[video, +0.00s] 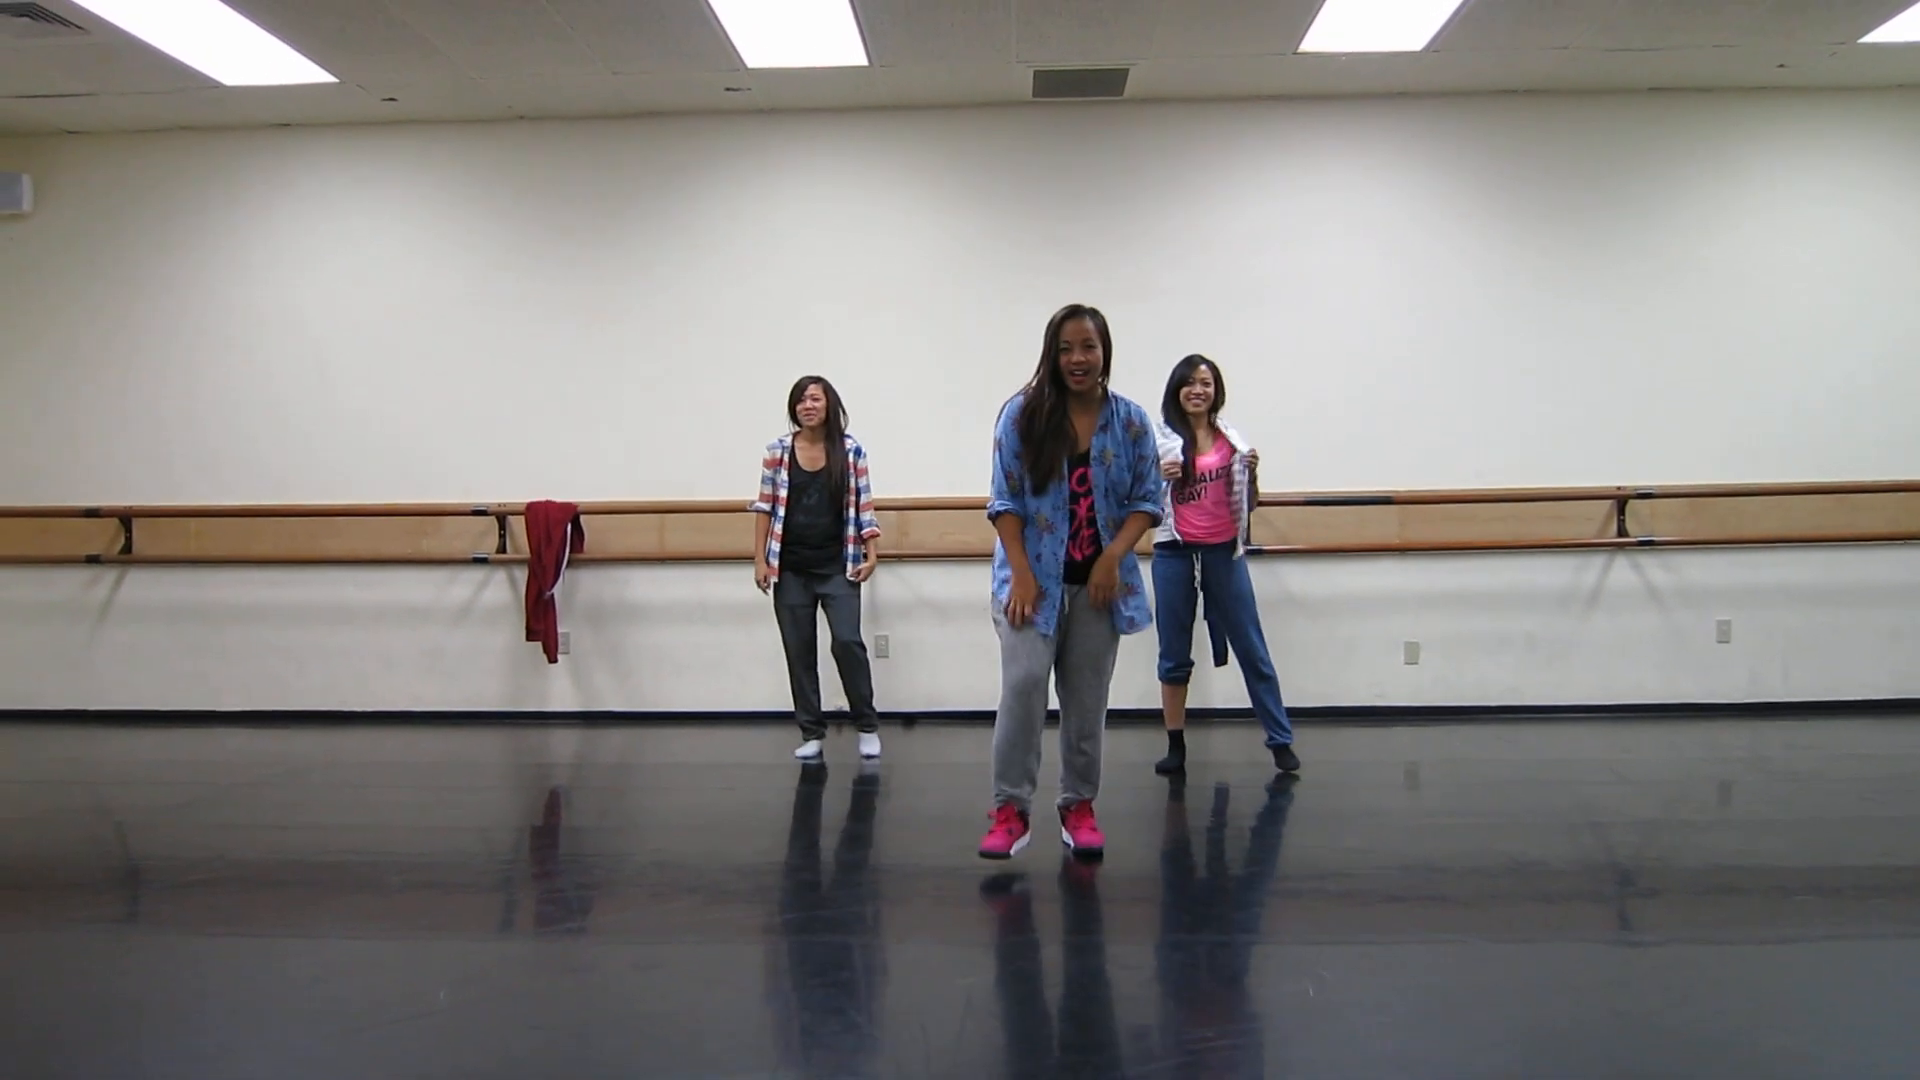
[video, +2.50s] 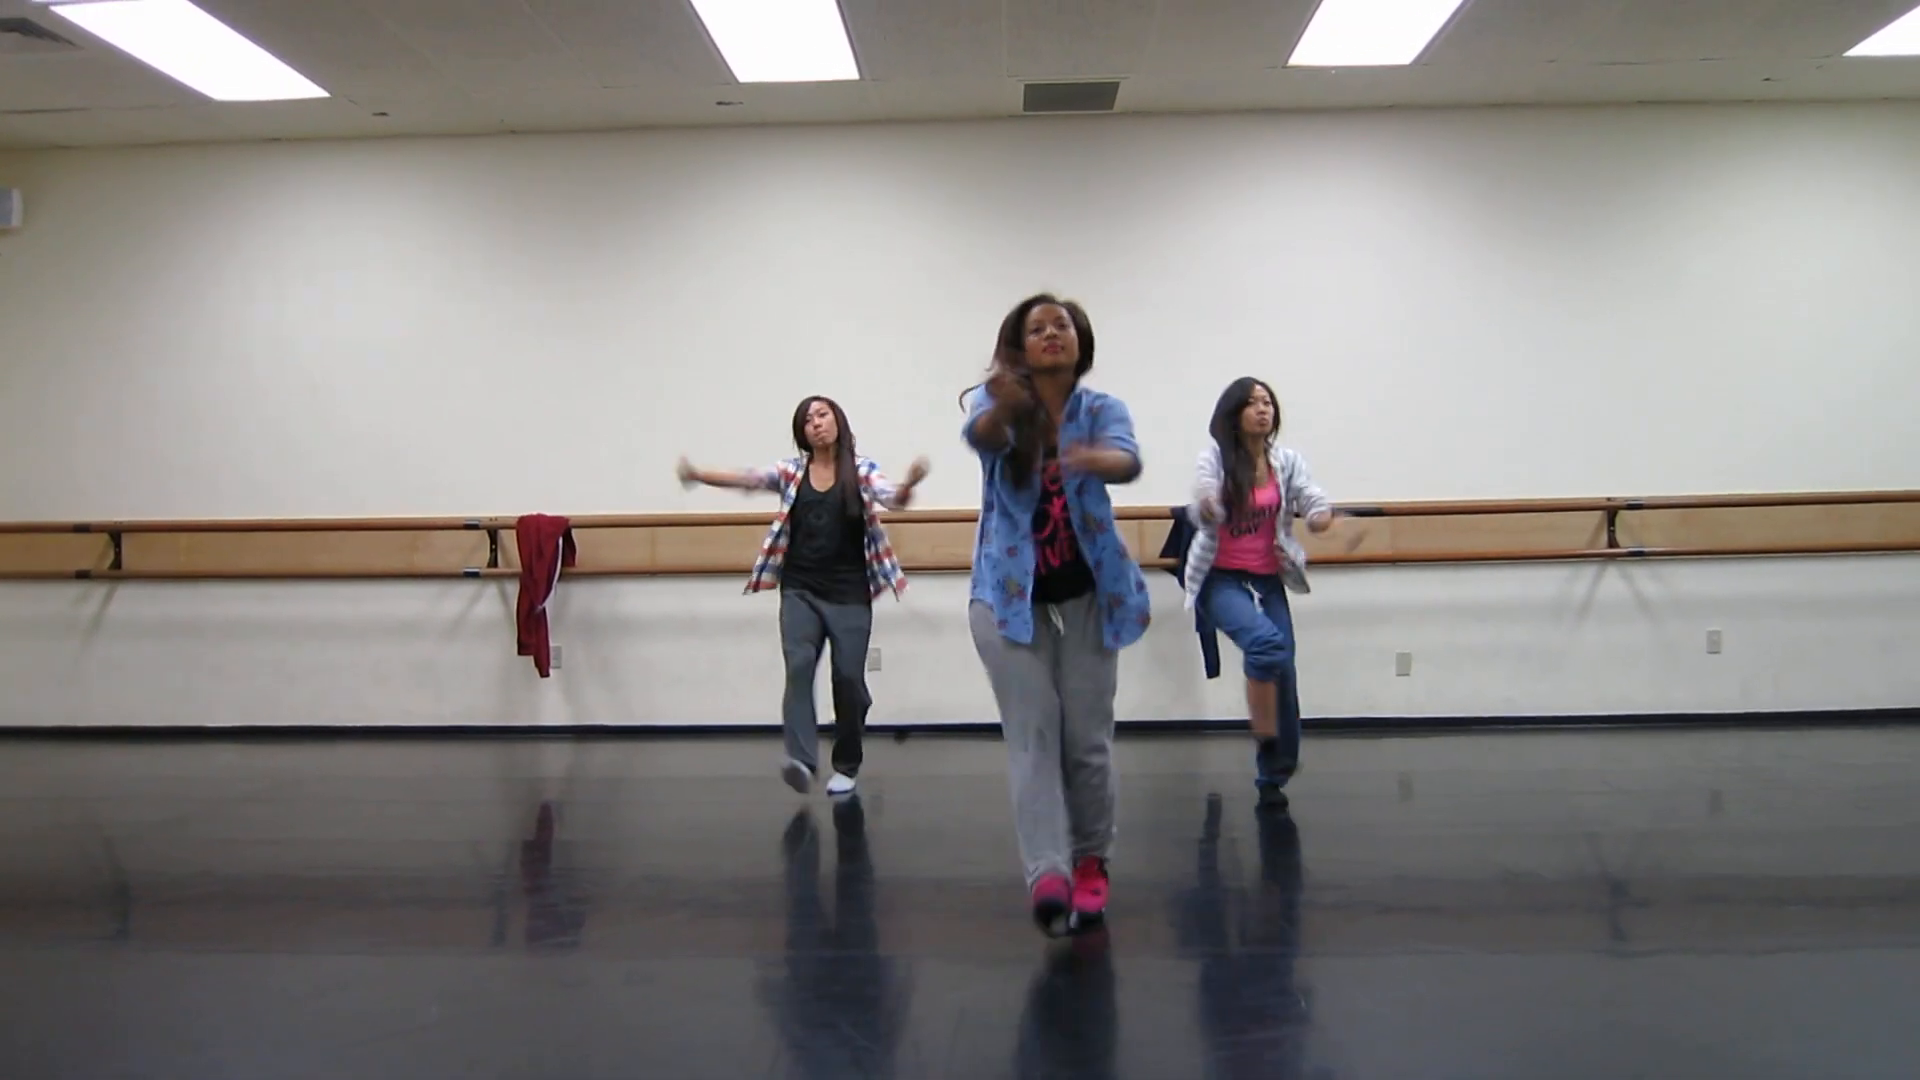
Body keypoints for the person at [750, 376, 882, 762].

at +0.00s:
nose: (809, 404)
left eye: (817, 398)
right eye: (802, 399)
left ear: (830, 405)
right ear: (793, 407)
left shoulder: (850, 450)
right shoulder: (778, 452)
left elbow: (864, 506)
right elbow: (765, 509)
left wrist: (870, 554)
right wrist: (760, 558)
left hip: (840, 569)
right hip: (790, 571)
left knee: (848, 643)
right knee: (800, 654)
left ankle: (867, 728)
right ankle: (811, 734)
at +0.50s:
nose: (806, 409)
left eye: (813, 402)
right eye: (799, 404)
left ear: (827, 409)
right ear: (791, 412)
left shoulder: (848, 452)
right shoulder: (778, 457)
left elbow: (856, 510)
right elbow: (768, 513)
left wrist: (843, 559)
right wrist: (765, 563)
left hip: (836, 572)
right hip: (790, 573)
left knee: (848, 650)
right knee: (795, 656)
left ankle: (849, 713)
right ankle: (805, 734)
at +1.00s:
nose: (827, 421)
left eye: (834, 415)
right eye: (821, 416)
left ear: (847, 421)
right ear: (812, 422)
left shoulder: (868, 462)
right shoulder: (799, 466)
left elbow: (882, 519)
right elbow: (791, 522)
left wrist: (882, 569)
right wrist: (791, 572)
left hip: (858, 577)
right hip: (813, 575)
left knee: (855, 653)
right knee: (812, 651)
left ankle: (850, 723)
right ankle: (813, 733)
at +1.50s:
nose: (834, 422)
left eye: (842, 416)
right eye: (828, 416)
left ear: (854, 424)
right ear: (819, 424)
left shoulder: (873, 465)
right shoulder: (803, 469)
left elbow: (884, 524)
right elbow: (795, 527)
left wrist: (877, 573)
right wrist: (793, 578)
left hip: (861, 580)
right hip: (817, 578)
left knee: (858, 655)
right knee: (820, 647)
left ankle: (853, 724)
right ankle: (834, 733)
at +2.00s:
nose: (828, 409)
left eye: (837, 405)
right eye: (822, 403)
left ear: (849, 415)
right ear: (812, 412)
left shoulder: (867, 461)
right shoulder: (793, 459)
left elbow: (878, 521)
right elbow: (780, 519)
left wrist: (877, 574)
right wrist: (780, 571)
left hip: (852, 582)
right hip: (806, 584)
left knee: (855, 654)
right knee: (814, 669)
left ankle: (856, 723)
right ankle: (829, 745)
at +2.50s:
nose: (818, 422)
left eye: (824, 414)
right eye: (810, 419)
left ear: (840, 422)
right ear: (803, 433)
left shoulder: (861, 469)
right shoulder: (791, 471)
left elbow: (894, 503)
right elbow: (746, 479)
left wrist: (909, 484)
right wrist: (698, 475)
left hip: (850, 596)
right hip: (800, 593)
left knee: (849, 681)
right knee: (798, 670)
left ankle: (846, 768)